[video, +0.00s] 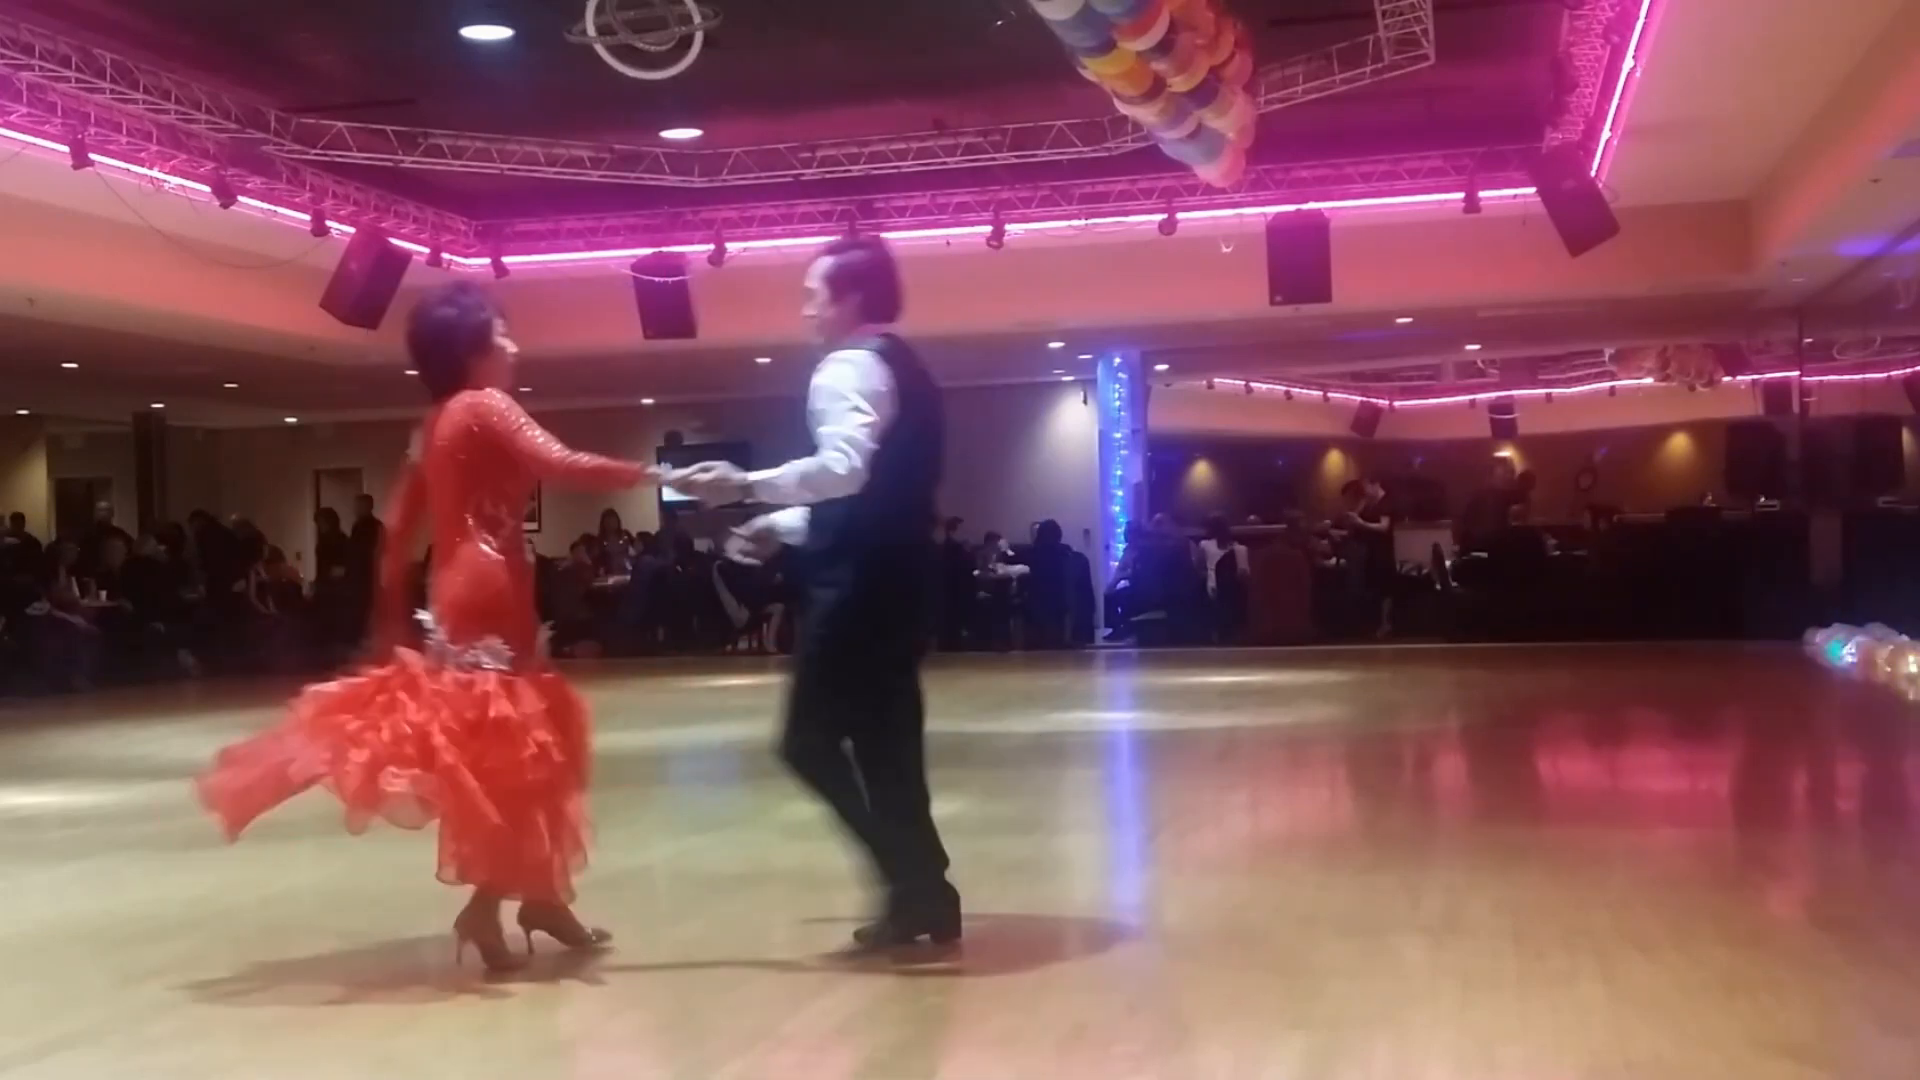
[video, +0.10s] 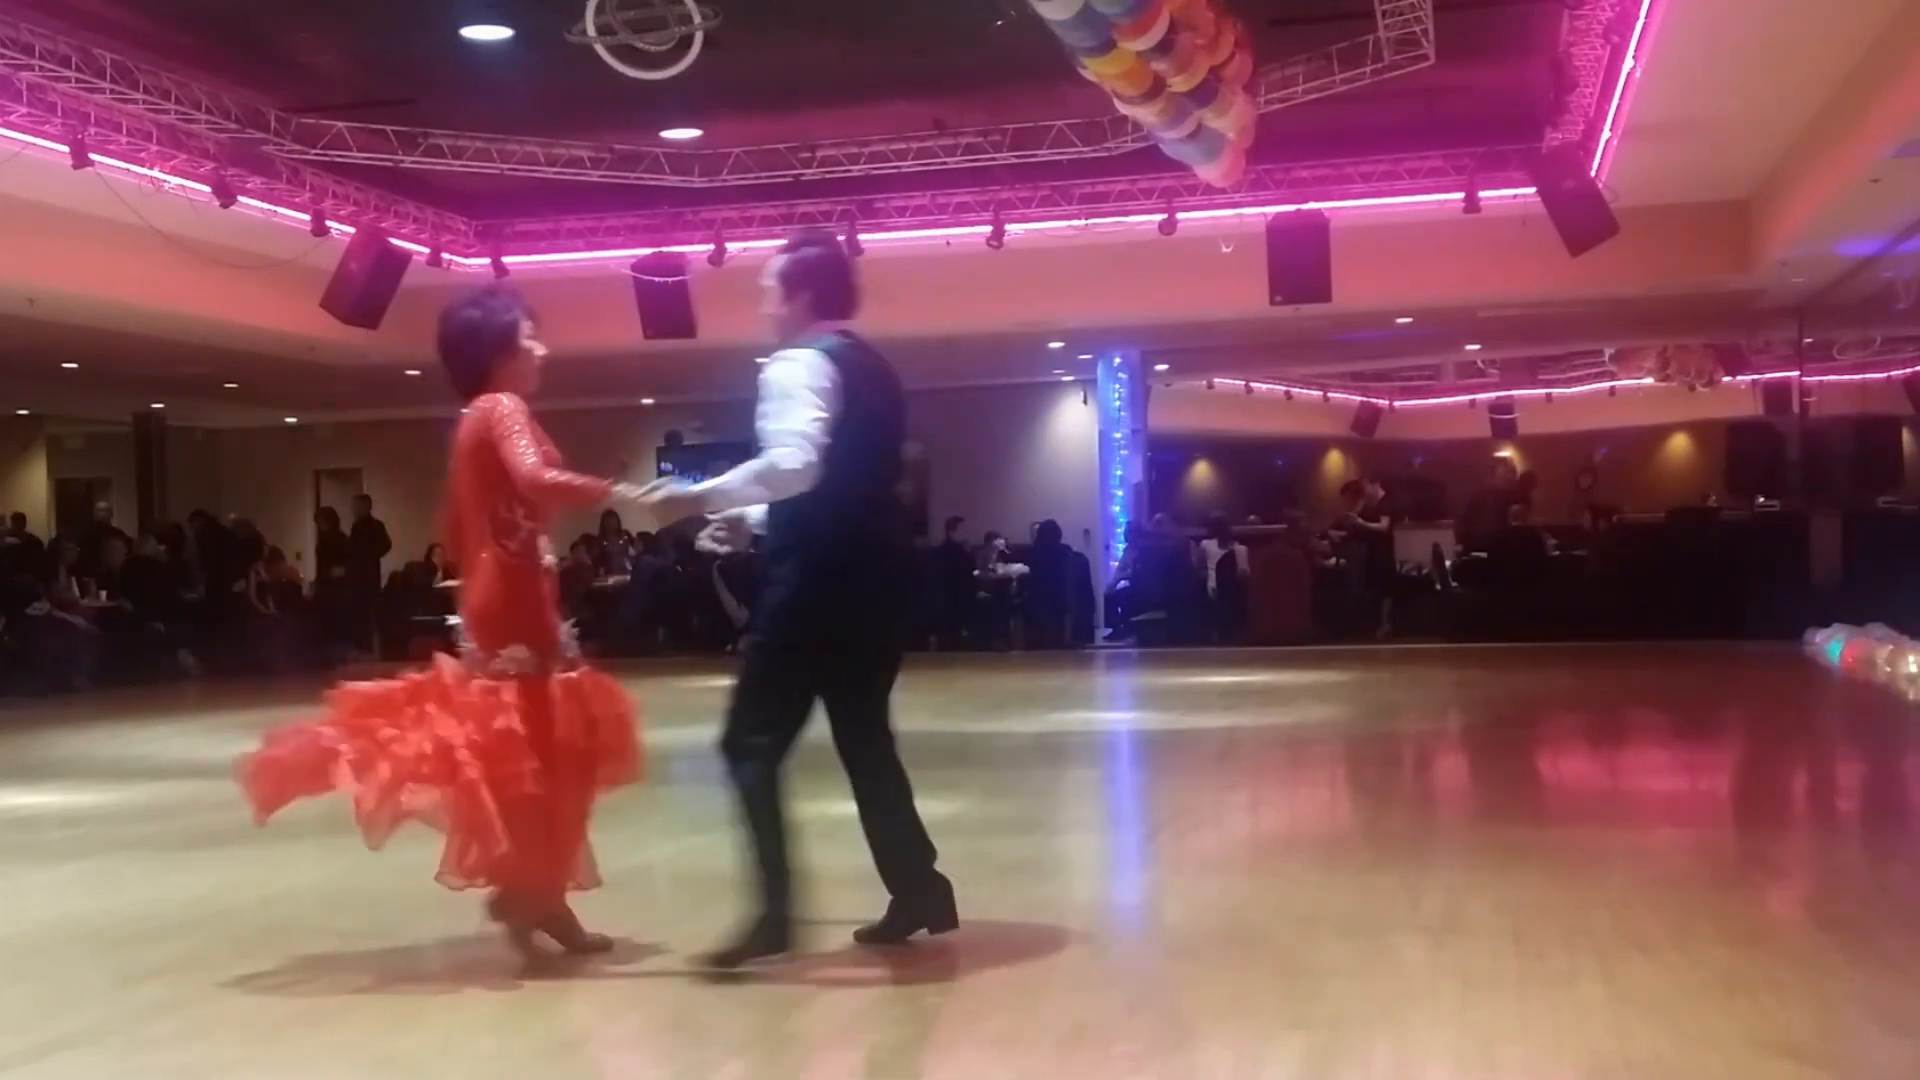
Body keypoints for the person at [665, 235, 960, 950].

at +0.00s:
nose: (805, 310)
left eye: (814, 296)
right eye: (806, 295)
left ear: (852, 299)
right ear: (866, 300)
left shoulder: (849, 366)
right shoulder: (902, 365)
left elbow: (845, 466)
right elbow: (870, 492)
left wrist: (742, 482)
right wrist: (778, 525)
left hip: (858, 587)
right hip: (897, 582)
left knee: (807, 741)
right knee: (889, 745)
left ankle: (913, 888)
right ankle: (925, 903)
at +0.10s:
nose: (764, 304)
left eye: (772, 290)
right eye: (766, 289)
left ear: (801, 293)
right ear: (835, 294)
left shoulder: (798, 362)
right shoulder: (871, 365)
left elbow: (792, 463)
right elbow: (844, 492)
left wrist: (681, 498)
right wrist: (741, 521)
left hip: (813, 586)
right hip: (873, 581)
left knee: (750, 743)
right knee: (865, 737)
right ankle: (918, 893)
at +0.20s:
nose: (720, 306)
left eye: (725, 293)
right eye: (724, 292)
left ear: (745, 299)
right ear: (798, 298)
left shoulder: (736, 372)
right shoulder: (834, 375)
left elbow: (727, 477)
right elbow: (853, 502)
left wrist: (628, 524)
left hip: (752, 591)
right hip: (825, 585)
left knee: (711, 750)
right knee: (854, 739)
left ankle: (688, 939)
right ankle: (910, 899)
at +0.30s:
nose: (682, 307)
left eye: (686, 295)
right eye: (688, 295)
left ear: (698, 299)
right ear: (761, 298)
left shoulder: (683, 371)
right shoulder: (809, 379)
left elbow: (659, 480)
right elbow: (815, 500)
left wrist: (569, 536)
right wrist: (777, 549)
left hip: (703, 592)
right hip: (790, 590)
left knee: (679, 762)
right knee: (822, 750)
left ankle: (693, 947)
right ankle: (871, 919)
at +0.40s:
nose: (645, 301)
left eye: (649, 291)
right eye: (651, 291)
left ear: (663, 293)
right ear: (729, 291)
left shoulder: (637, 367)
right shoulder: (777, 368)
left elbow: (607, 474)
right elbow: (804, 482)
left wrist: (533, 539)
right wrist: (748, 515)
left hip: (667, 587)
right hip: (755, 587)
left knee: (662, 758)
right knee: (766, 747)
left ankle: (689, 945)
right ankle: (770, 926)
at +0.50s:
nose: (623, 289)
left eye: (625, 278)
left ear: (629, 283)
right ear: (700, 279)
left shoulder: (596, 370)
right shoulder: (748, 365)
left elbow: (564, 476)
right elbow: (796, 474)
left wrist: (517, 545)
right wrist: (746, 483)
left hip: (631, 592)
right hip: (723, 590)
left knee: (643, 754)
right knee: (710, 747)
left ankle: (682, 943)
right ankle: (660, 912)